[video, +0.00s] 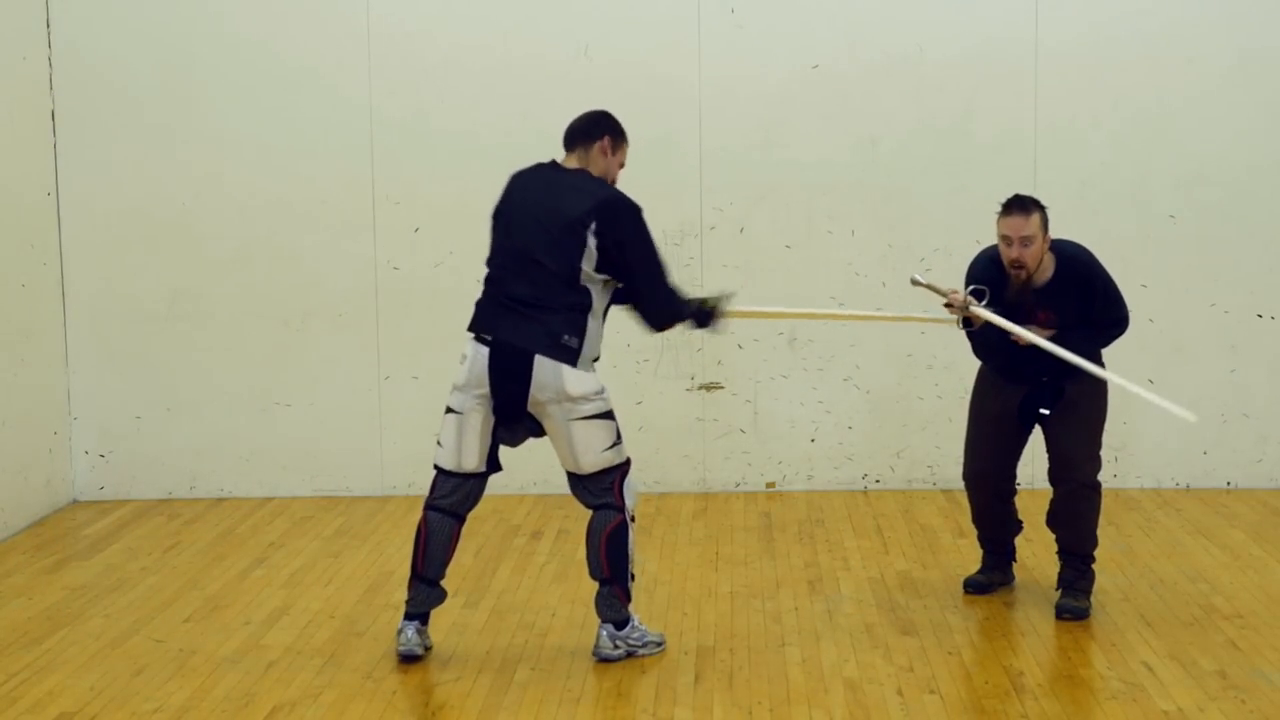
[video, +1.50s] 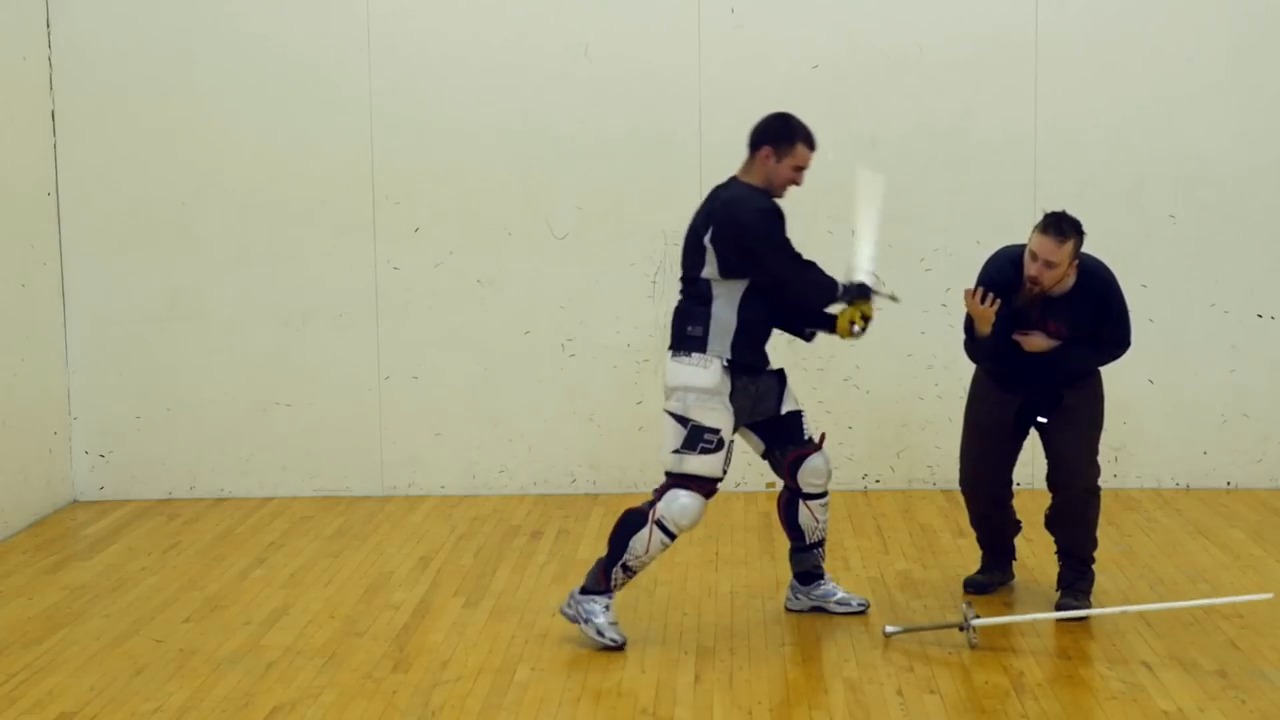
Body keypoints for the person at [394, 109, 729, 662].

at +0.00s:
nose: (620, 173)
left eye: (621, 162)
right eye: (620, 161)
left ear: (570, 147)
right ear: (604, 148)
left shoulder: (521, 182)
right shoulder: (612, 205)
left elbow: (542, 270)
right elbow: (657, 308)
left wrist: (622, 288)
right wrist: (694, 309)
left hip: (486, 356)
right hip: (560, 367)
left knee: (450, 489)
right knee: (608, 493)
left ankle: (413, 621)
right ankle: (616, 625)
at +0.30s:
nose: (550, 145)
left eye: (550, 135)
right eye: (550, 135)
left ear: (496, 131)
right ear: (536, 135)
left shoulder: (448, 180)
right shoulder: (552, 202)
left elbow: (381, 247)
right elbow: (555, 283)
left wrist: (395, 314)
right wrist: (518, 328)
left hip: (447, 356)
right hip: (524, 360)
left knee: (435, 490)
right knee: (570, 489)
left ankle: (418, 627)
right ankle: (607, 620)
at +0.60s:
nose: (524, 142)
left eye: (524, 133)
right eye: (522, 132)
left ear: (470, 130)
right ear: (505, 130)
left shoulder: (425, 188)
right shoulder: (532, 192)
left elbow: (390, 274)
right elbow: (542, 273)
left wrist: (408, 339)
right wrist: (513, 322)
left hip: (445, 355)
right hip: (520, 356)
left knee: (433, 487)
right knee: (565, 482)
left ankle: (417, 628)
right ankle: (587, 618)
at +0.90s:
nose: (583, 149)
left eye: (583, 139)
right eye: (580, 140)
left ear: (532, 138)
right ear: (557, 139)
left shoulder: (481, 195)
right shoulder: (588, 197)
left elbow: (446, 287)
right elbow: (588, 271)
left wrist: (488, 324)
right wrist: (537, 309)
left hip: (505, 357)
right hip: (575, 356)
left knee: (482, 479)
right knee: (600, 482)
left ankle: (428, 613)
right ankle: (564, 622)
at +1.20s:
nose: (682, 152)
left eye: (684, 141)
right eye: (679, 140)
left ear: (637, 132)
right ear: (653, 132)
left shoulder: (576, 180)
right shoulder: (669, 187)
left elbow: (558, 259)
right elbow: (681, 227)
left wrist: (602, 277)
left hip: (597, 348)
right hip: (643, 346)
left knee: (673, 446)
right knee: (621, 483)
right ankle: (567, 621)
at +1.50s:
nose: (799, 180)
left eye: (803, 171)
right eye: (797, 168)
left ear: (769, 158)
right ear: (766, 154)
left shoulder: (755, 209)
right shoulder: (737, 207)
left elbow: (769, 299)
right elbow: (787, 271)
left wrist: (829, 323)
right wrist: (843, 295)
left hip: (749, 368)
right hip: (703, 367)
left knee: (809, 468)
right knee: (685, 500)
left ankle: (808, 584)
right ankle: (591, 595)